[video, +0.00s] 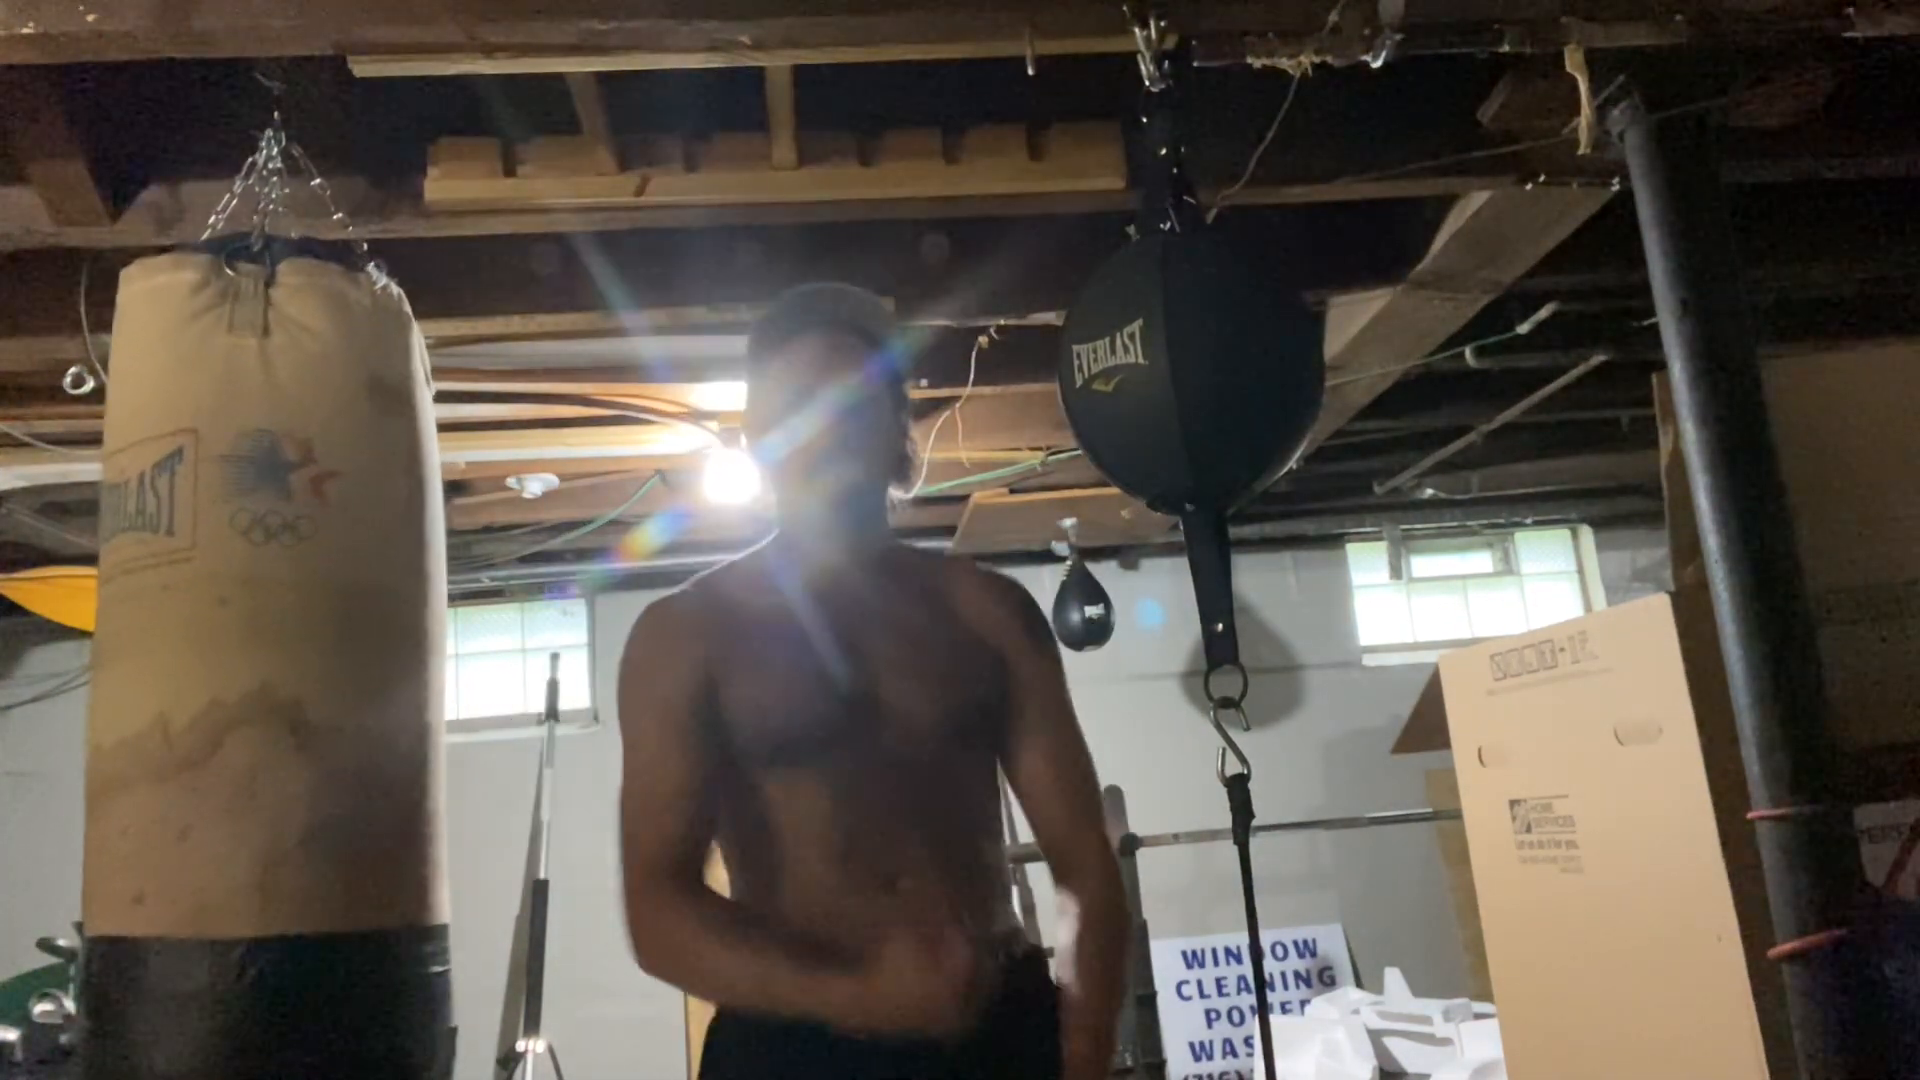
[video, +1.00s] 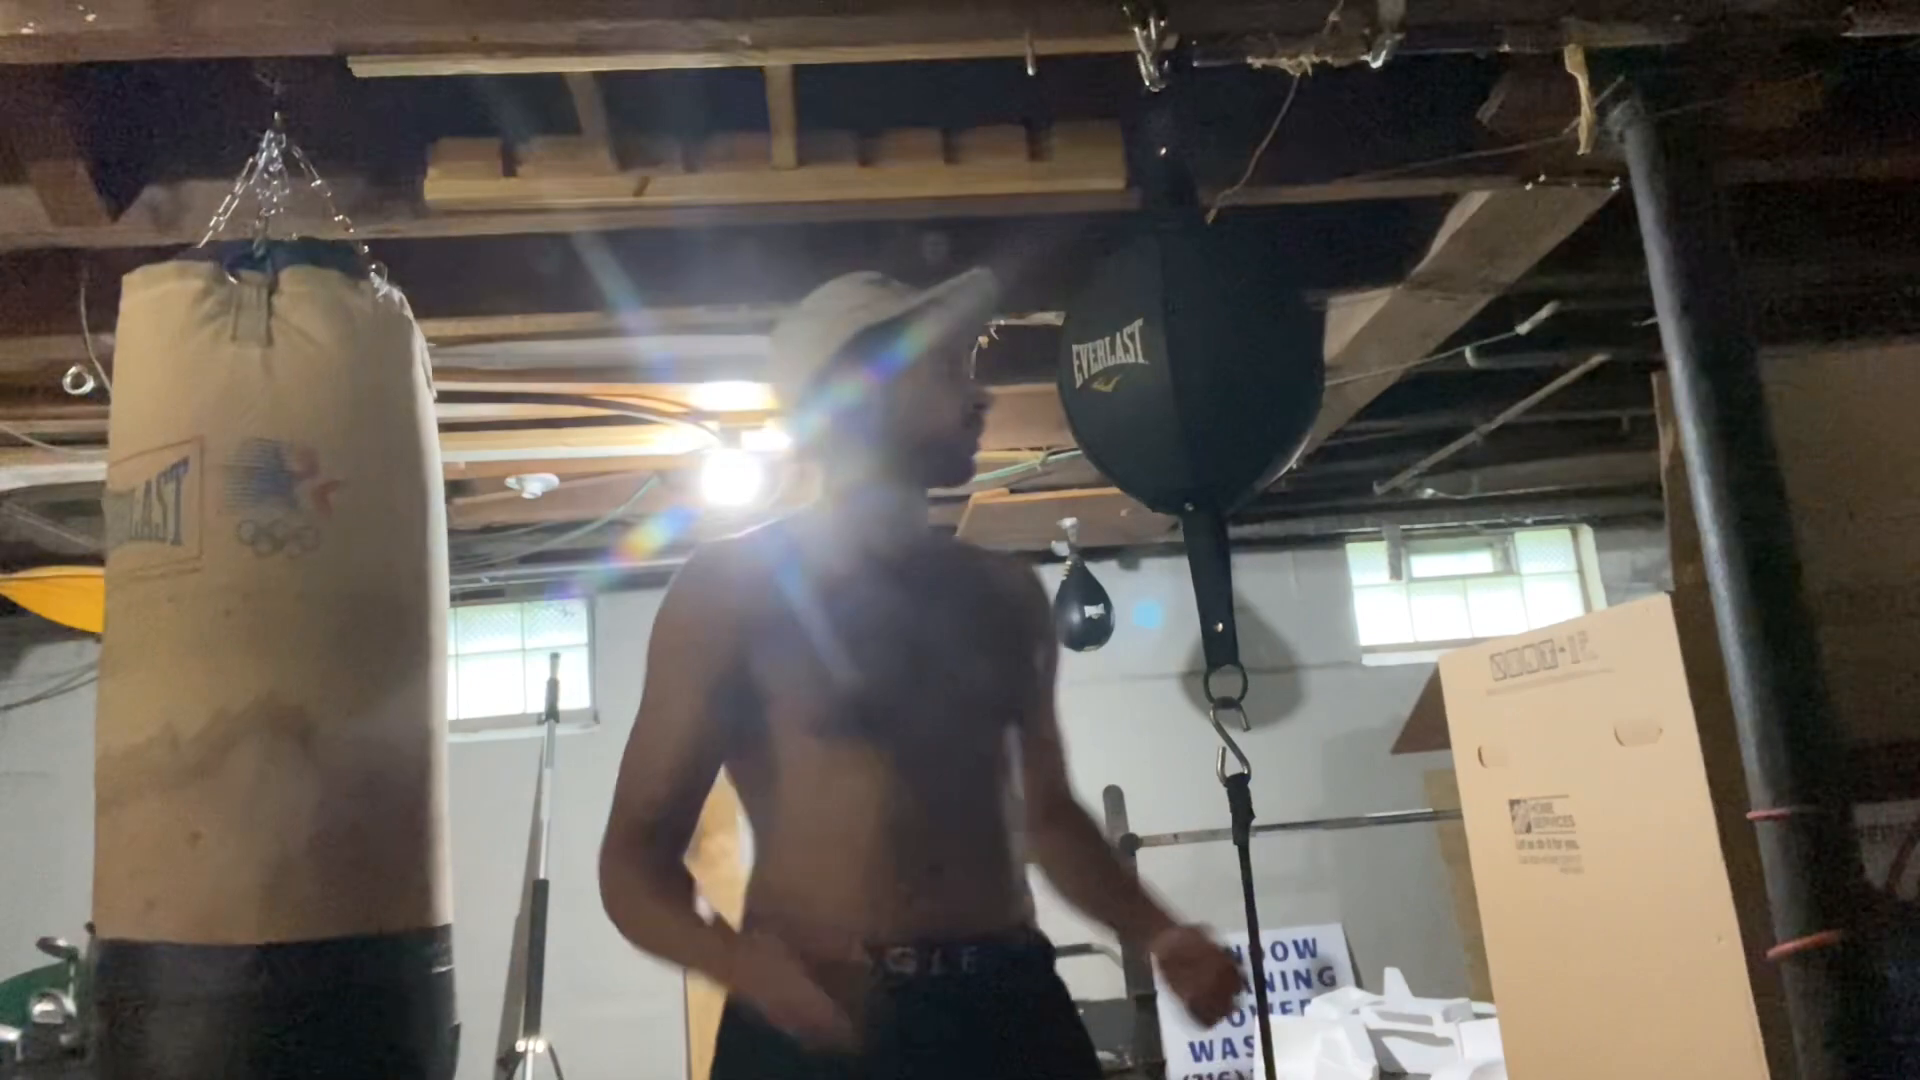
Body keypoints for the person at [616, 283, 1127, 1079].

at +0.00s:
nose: (827, 430)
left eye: (853, 402)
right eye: (797, 407)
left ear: (902, 436)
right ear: (755, 441)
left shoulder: (989, 612)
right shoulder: (686, 636)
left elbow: (1093, 879)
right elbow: (662, 920)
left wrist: (1084, 1054)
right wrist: (858, 997)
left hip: (998, 1031)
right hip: (794, 1044)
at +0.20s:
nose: (814, 454)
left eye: (842, 425)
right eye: (777, 426)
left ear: (883, 453)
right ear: (735, 457)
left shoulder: (957, 633)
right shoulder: (671, 645)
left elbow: (1049, 888)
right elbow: (657, 965)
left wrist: (1084, 1058)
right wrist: (864, 1069)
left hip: (952, 1011)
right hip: (760, 1023)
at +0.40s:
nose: (784, 460)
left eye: (810, 433)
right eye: (748, 434)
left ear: (847, 463)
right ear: (694, 463)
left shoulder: (916, 645)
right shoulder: (641, 636)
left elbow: (986, 893)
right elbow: (628, 957)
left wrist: (1053, 1056)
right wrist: (820, 1064)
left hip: (919, 1012)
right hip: (729, 1021)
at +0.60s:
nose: (797, 463)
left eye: (820, 439)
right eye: (760, 438)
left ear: (848, 463)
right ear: (698, 465)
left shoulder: (918, 656)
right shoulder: (643, 640)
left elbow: (999, 904)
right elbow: (637, 955)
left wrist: (1064, 1057)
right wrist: (802, 1067)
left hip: (935, 1019)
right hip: (748, 1026)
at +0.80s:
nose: (873, 411)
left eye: (882, 386)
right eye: (833, 384)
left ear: (898, 413)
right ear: (752, 421)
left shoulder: (945, 624)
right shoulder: (683, 599)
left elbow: (1006, 866)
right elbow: (635, 902)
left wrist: (1075, 1032)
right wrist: (849, 1070)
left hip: (958, 1010)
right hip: (772, 1021)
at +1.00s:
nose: (982, 397)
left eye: (972, 370)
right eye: (948, 369)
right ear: (855, 393)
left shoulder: (1006, 591)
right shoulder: (735, 585)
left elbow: (1048, 812)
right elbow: (636, 865)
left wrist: (1162, 934)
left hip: (1008, 1011)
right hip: (816, 1024)